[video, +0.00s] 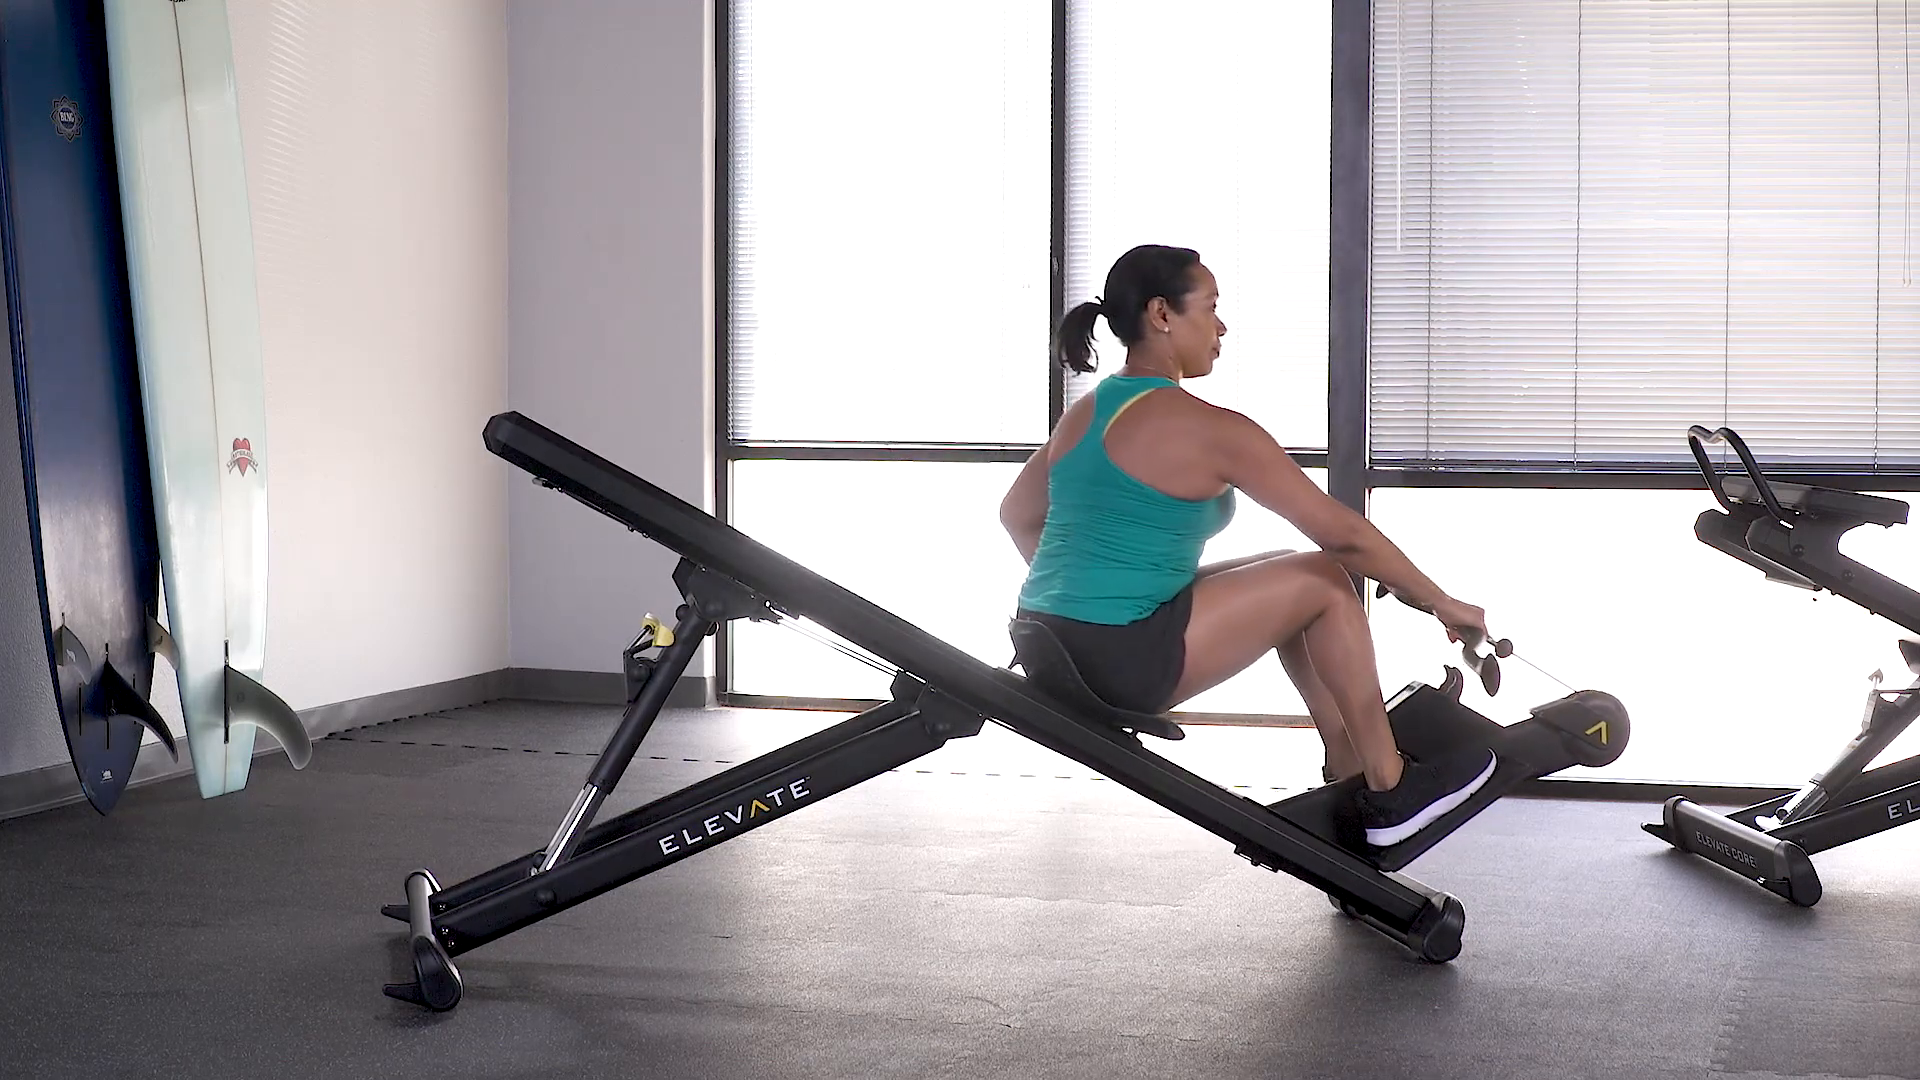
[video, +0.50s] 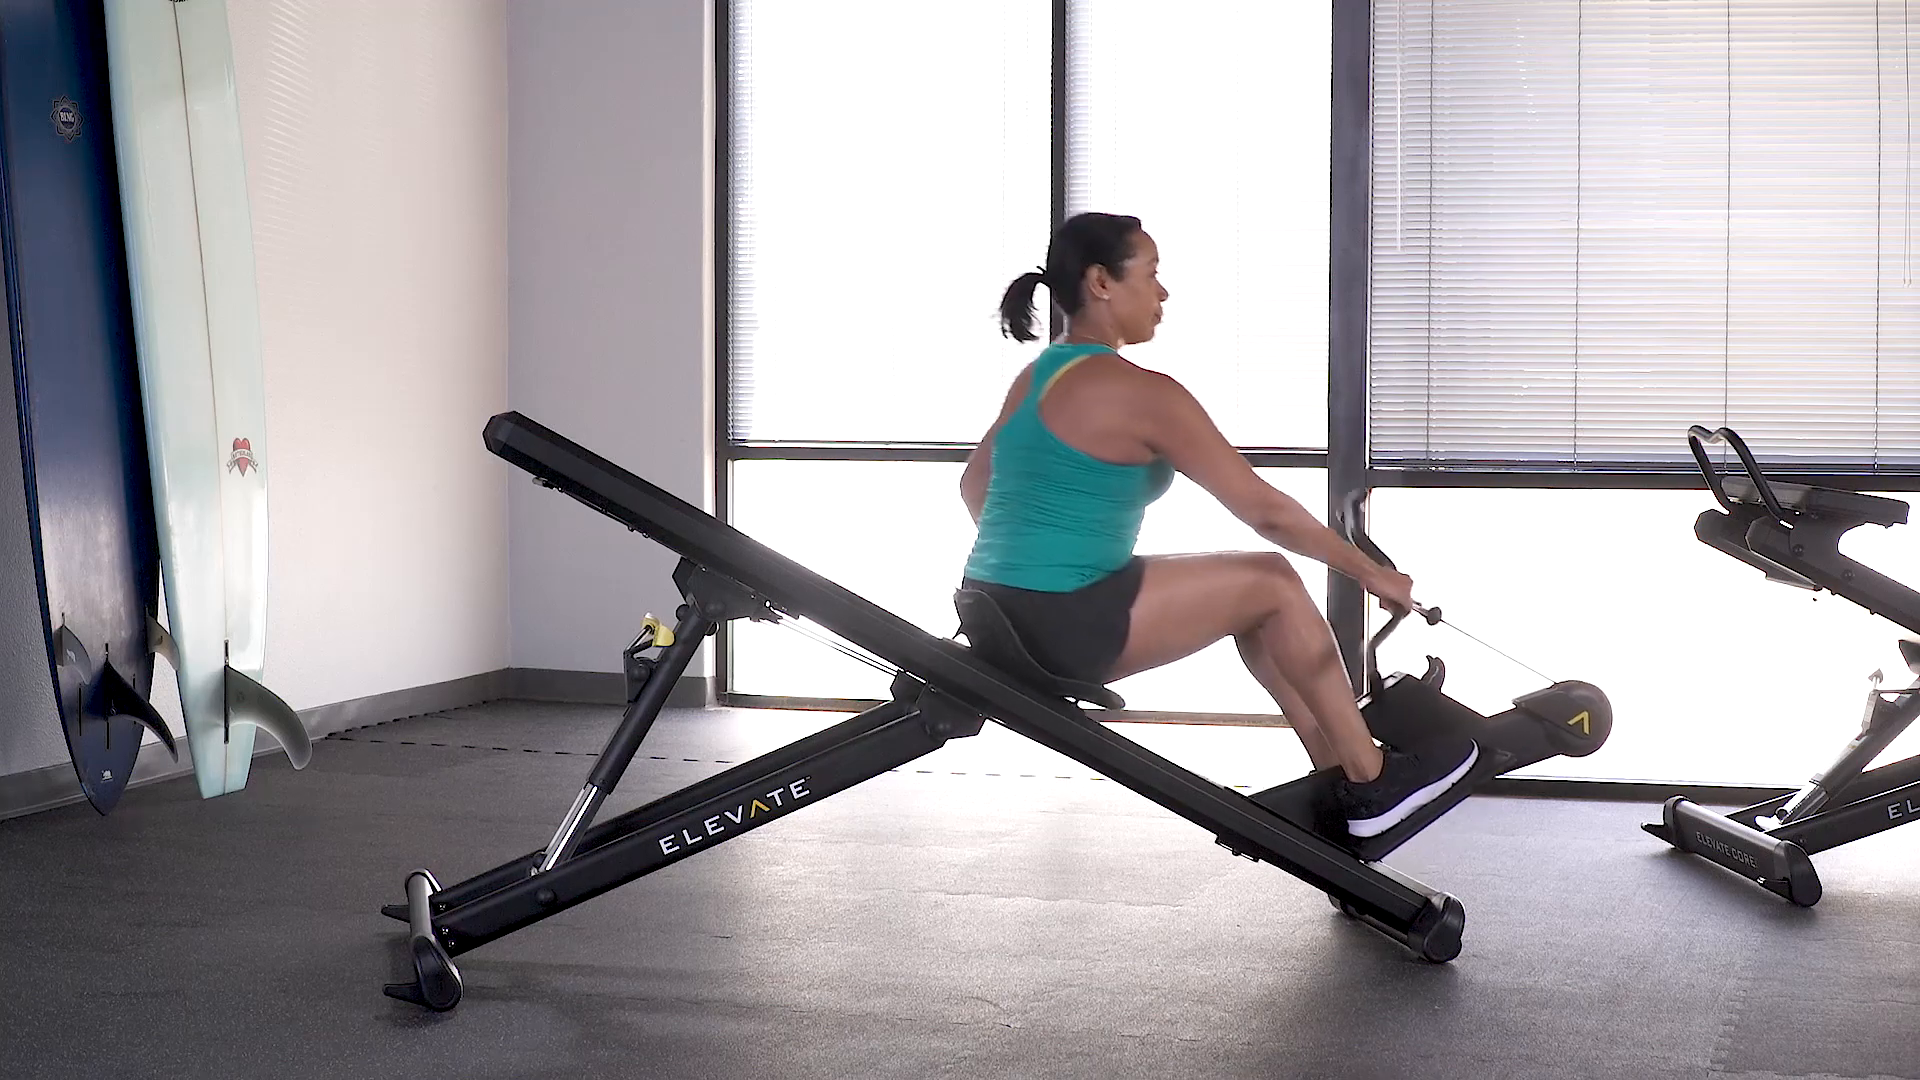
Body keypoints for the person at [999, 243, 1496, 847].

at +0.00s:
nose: (1221, 325)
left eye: (1216, 307)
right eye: (1210, 307)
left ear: (1155, 318)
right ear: (1161, 315)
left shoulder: (1087, 410)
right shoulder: (1218, 431)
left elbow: (1019, 514)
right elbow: (1347, 536)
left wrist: (1073, 588)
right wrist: (1442, 604)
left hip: (1046, 632)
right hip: (1121, 651)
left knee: (1298, 574)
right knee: (1327, 582)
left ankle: (1347, 762)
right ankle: (1390, 783)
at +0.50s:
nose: (1164, 293)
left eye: (1159, 276)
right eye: (1151, 276)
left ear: (1092, 287)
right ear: (1101, 285)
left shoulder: (1039, 374)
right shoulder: (1145, 394)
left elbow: (975, 485)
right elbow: (1264, 510)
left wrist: (1035, 553)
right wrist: (1371, 570)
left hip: (995, 605)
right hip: (1062, 618)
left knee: (1251, 584)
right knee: (1274, 582)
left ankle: (1332, 760)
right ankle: (1371, 776)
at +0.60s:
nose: (1105, 262)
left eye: (1100, 245)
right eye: (1093, 245)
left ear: (1035, 253)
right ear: (1041, 252)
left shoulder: (983, 342)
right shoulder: (1074, 359)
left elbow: (932, 459)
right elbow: (1181, 481)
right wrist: (1296, 535)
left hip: (948, 583)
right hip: (1010, 591)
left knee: (1209, 588)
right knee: (1227, 581)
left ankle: (1308, 748)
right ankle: (1348, 768)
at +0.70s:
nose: (1044, 232)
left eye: (1040, 214)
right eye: (1031, 214)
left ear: (975, 226)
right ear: (979, 222)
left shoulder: (932, 310)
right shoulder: (987, 317)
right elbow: (1073, 447)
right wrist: (1186, 489)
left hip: (898, 555)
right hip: (942, 560)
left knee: (1155, 596)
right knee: (1165, 587)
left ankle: (1291, 742)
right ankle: (1316, 757)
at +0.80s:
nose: (990, 210)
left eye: (987, 193)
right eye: (979, 193)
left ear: (925, 200)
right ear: (925, 197)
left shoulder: (886, 282)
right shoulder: (912, 286)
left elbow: (953, 418)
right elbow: (959, 417)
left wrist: (1065, 443)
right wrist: (1079, 446)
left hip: (868, 524)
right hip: (890, 529)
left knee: (1106, 601)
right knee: (1119, 593)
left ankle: (1263, 731)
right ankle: (1283, 744)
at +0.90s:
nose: (950, 190)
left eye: (947, 173)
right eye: (939, 172)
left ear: (885, 179)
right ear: (883, 176)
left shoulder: (854, 261)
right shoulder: (855, 264)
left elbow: (856, 386)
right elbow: (850, 386)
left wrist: (972, 403)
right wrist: (977, 404)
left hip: (837, 504)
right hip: (854, 510)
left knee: (1067, 595)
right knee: (1074, 593)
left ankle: (1235, 719)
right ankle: (1249, 731)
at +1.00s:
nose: (926, 178)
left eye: (923, 160)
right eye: (914, 159)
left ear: (863, 164)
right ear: (860, 162)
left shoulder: (844, 249)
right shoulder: (820, 249)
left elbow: (797, 356)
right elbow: (766, 355)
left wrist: (908, 374)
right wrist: (895, 375)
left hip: (848, 488)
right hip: (821, 498)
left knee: (1049, 585)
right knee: (1046, 593)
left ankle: (1215, 713)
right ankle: (1228, 721)